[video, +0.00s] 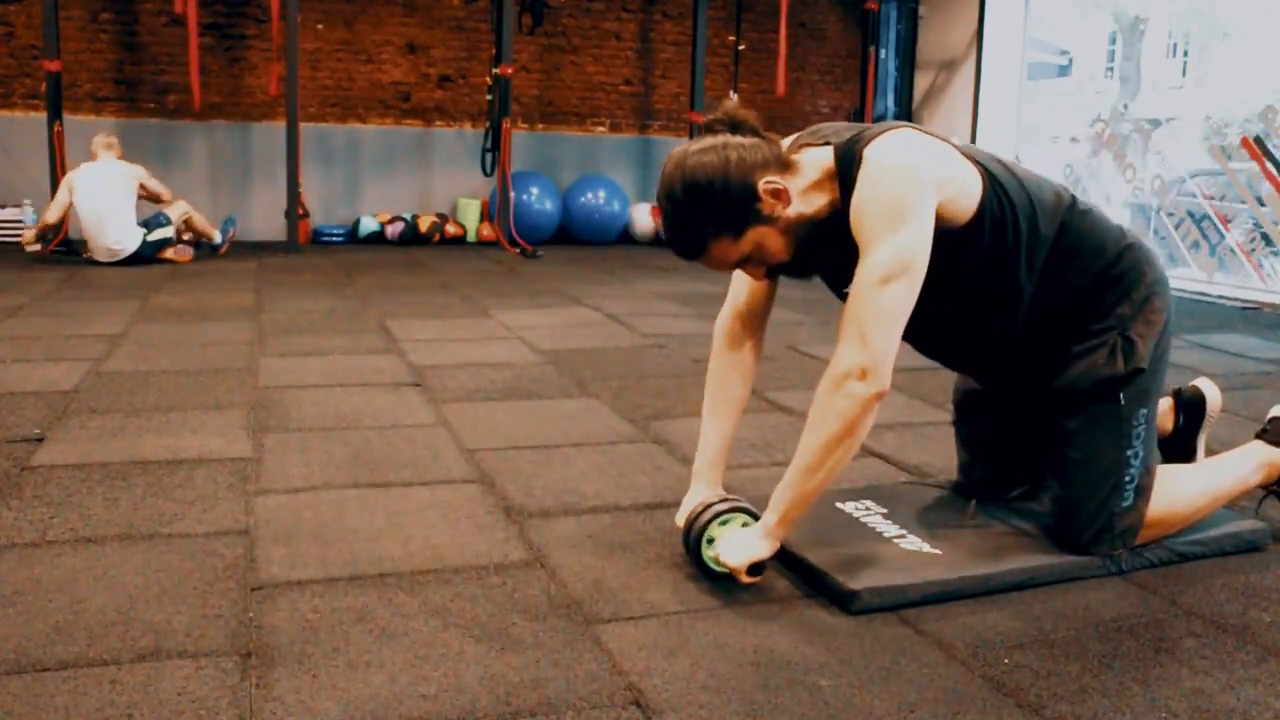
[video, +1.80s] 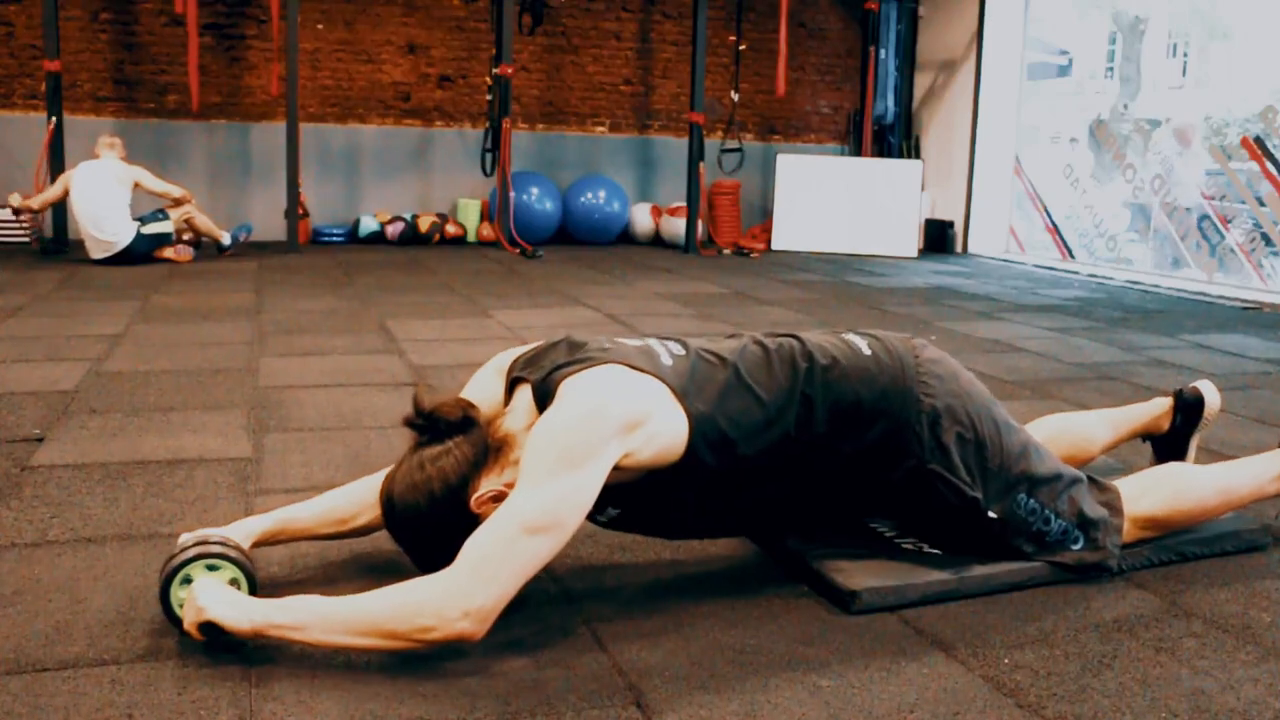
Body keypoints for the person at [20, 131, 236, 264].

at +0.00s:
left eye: (97, 152)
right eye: (114, 151)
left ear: (92, 154)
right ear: (118, 153)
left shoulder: (74, 176)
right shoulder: (132, 170)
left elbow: (51, 219)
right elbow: (166, 197)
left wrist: (35, 233)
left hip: (99, 256)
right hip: (132, 250)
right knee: (181, 206)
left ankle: (169, 251)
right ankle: (217, 238)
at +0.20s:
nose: (110, 153)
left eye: (101, 150)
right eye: (113, 150)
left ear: (90, 155)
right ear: (116, 153)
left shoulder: (73, 179)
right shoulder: (129, 171)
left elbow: (41, 221)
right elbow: (174, 193)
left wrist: (11, 244)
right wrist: (169, 203)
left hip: (97, 256)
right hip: (131, 249)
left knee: (136, 232)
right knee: (181, 207)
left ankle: (167, 251)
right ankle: (221, 238)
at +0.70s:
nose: (115, 158)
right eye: (117, 154)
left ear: (90, 156)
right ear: (118, 155)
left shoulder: (70, 180)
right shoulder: (129, 171)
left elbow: (56, 227)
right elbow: (177, 194)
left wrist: (49, 238)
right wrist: (191, 200)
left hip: (97, 256)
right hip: (130, 247)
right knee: (186, 210)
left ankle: (170, 251)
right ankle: (222, 238)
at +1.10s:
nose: (123, 158)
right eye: (124, 154)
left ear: (96, 154)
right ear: (123, 154)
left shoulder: (75, 178)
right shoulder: (129, 172)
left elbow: (72, 225)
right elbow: (174, 196)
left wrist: (78, 242)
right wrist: (187, 203)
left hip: (97, 256)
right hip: (129, 247)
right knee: (186, 211)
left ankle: (168, 252)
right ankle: (226, 240)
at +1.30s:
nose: (126, 159)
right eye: (126, 155)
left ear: (99, 154)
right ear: (124, 154)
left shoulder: (77, 177)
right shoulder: (131, 171)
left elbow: (63, 222)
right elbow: (181, 197)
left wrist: (82, 203)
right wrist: (191, 201)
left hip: (98, 255)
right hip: (128, 248)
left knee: (147, 246)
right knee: (188, 211)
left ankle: (171, 252)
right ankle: (226, 240)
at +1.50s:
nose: (125, 155)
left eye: (119, 151)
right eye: (125, 152)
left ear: (101, 155)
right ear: (125, 155)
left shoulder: (78, 175)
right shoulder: (133, 171)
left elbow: (49, 216)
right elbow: (176, 194)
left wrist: (34, 234)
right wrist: (193, 200)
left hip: (99, 255)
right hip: (131, 247)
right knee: (188, 211)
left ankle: (173, 250)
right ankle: (226, 239)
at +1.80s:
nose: (121, 149)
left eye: (115, 146)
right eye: (121, 147)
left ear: (94, 153)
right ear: (120, 152)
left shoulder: (75, 173)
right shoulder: (128, 169)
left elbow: (37, 205)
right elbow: (175, 194)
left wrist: (19, 202)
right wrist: (189, 201)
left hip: (98, 254)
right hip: (129, 245)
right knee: (186, 210)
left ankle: (172, 249)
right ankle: (225, 240)